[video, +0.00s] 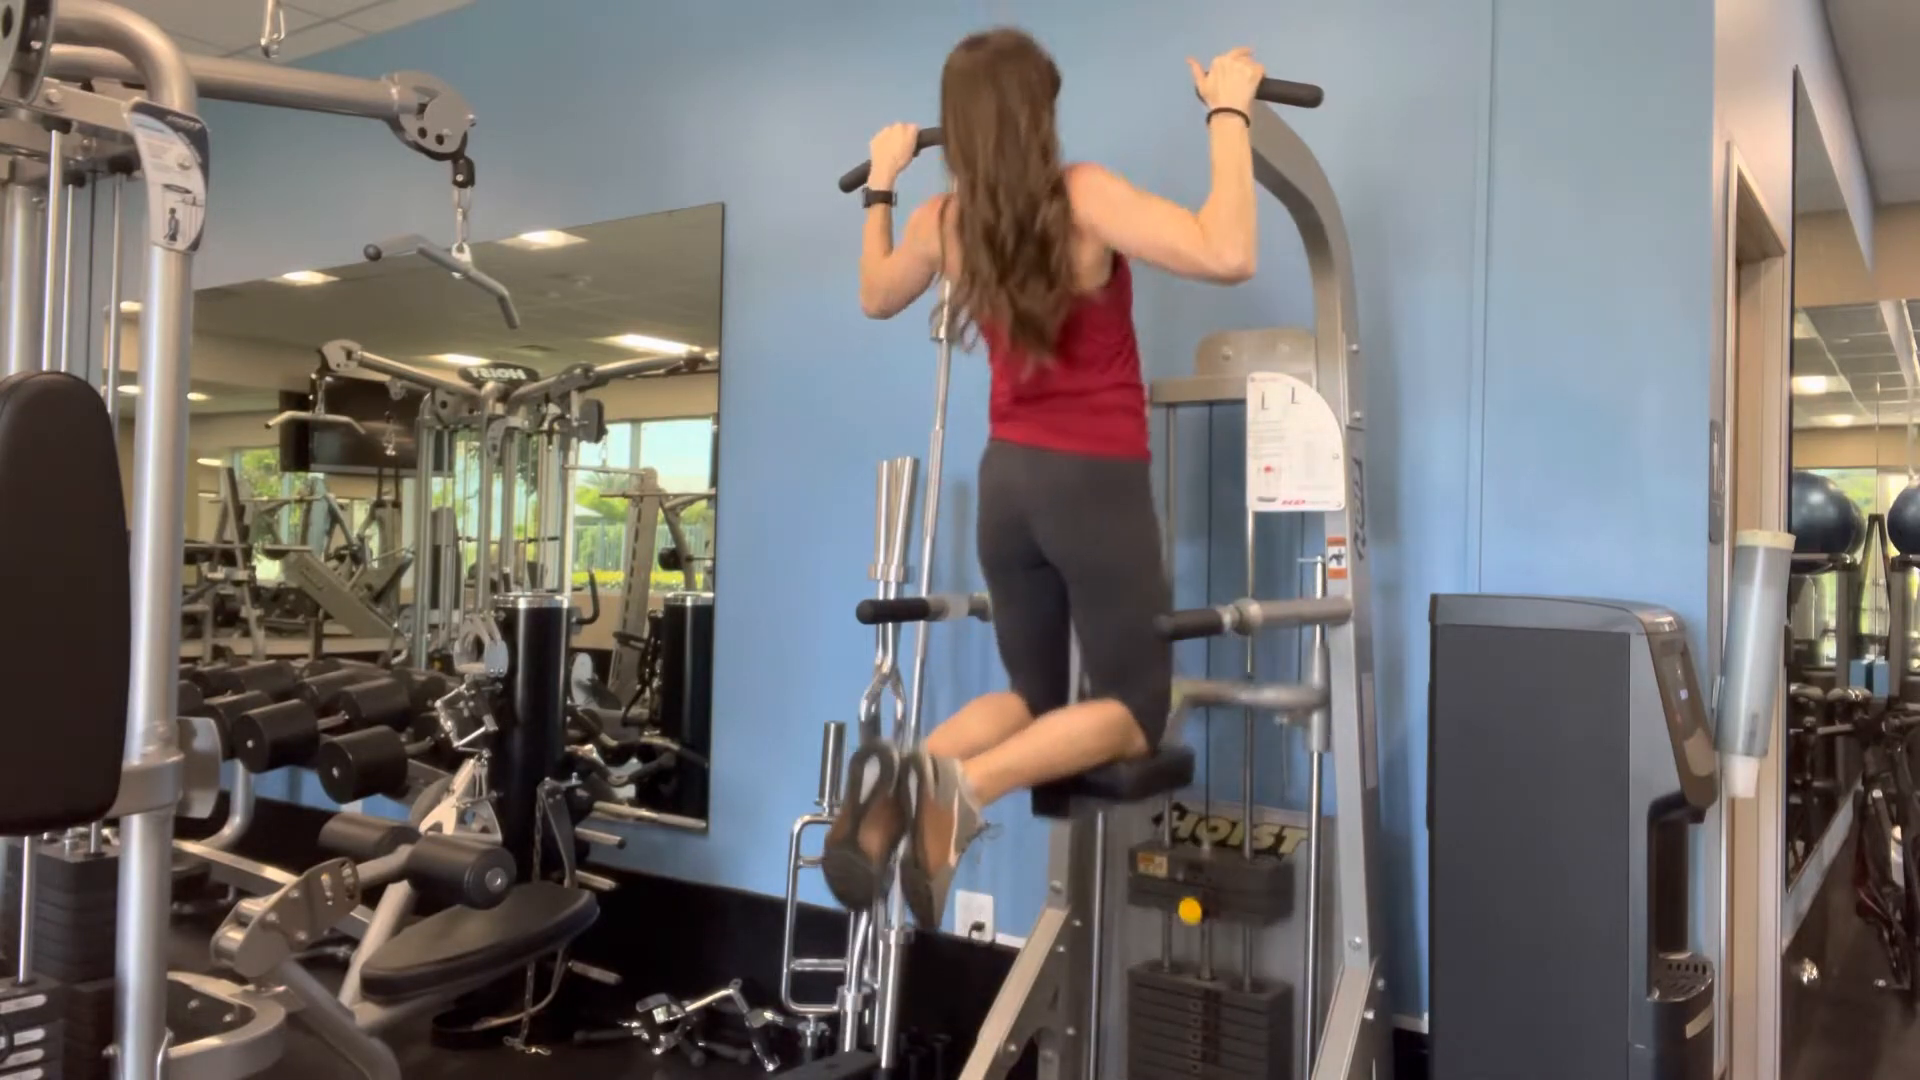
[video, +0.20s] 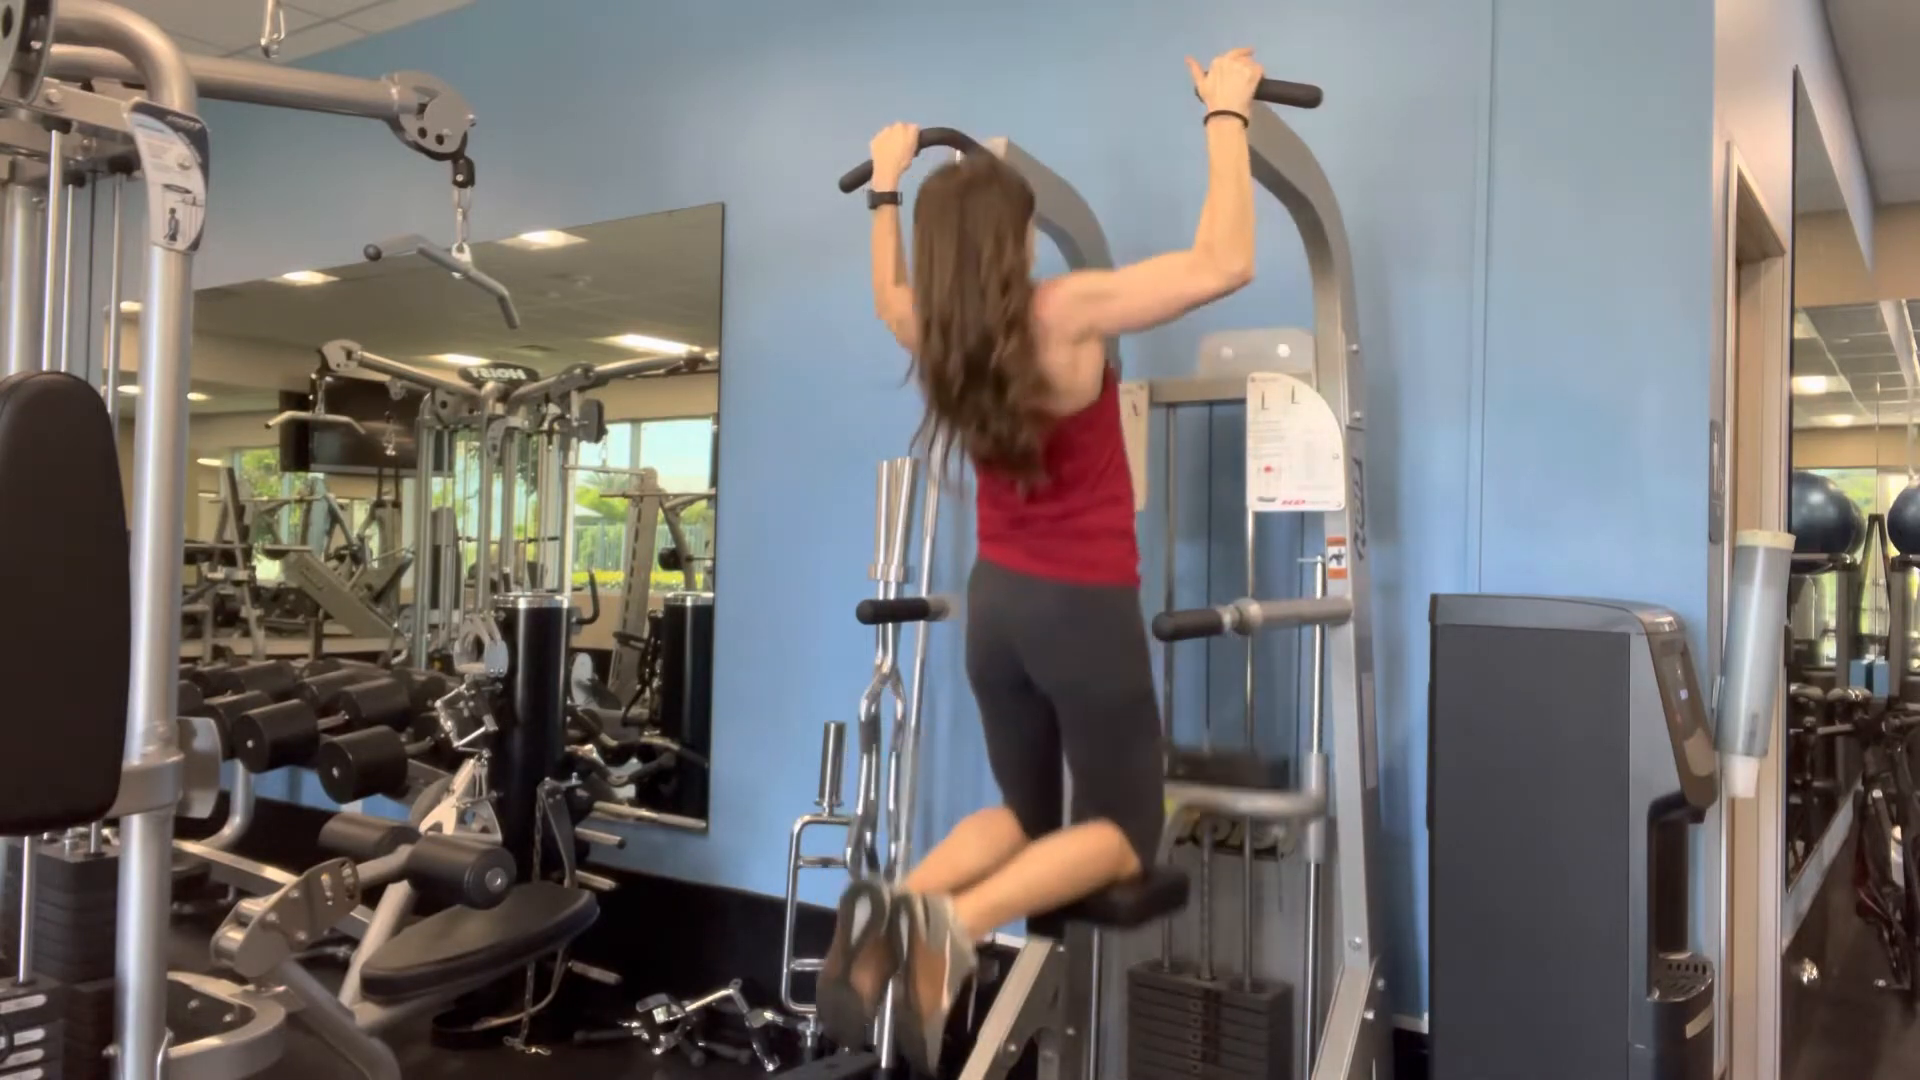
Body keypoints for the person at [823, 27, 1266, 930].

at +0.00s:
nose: (1057, 112)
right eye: (1053, 99)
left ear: (956, 122)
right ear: (1042, 111)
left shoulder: (946, 217)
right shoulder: (1084, 193)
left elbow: (879, 295)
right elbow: (1227, 252)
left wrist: (878, 187)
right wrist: (1229, 114)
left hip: (1006, 480)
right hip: (1093, 482)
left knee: (1034, 697)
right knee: (1133, 711)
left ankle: (899, 787)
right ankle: (966, 787)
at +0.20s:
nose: (1033, 229)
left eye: (996, 221)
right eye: (1025, 217)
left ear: (945, 240)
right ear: (1022, 231)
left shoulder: (937, 327)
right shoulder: (1067, 307)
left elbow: (887, 287)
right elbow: (1223, 262)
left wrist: (885, 184)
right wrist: (1227, 116)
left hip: (995, 603)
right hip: (1084, 610)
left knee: (1026, 812)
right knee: (1123, 837)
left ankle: (898, 909)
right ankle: (955, 927)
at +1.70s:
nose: (1069, 59)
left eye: (1063, 42)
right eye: (1065, 43)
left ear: (974, 60)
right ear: (1054, 55)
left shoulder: (952, 168)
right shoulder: (1094, 144)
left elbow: (885, 288)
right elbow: (1199, 255)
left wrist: (881, 180)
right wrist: (1230, 115)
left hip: (1010, 435)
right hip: (1098, 437)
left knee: (1030, 657)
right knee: (1133, 673)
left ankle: (908, 772)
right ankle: (970, 772)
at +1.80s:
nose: (1073, 32)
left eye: (1062, 23)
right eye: (1070, 23)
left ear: (980, 42)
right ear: (1061, 34)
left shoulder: (961, 152)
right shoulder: (1100, 126)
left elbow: (892, 282)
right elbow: (1181, 250)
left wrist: (881, 180)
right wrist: (1229, 118)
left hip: (1015, 413)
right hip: (1104, 412)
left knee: (1031, 634)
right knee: (1136, 649)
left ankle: (905, 753)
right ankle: (972, 743)